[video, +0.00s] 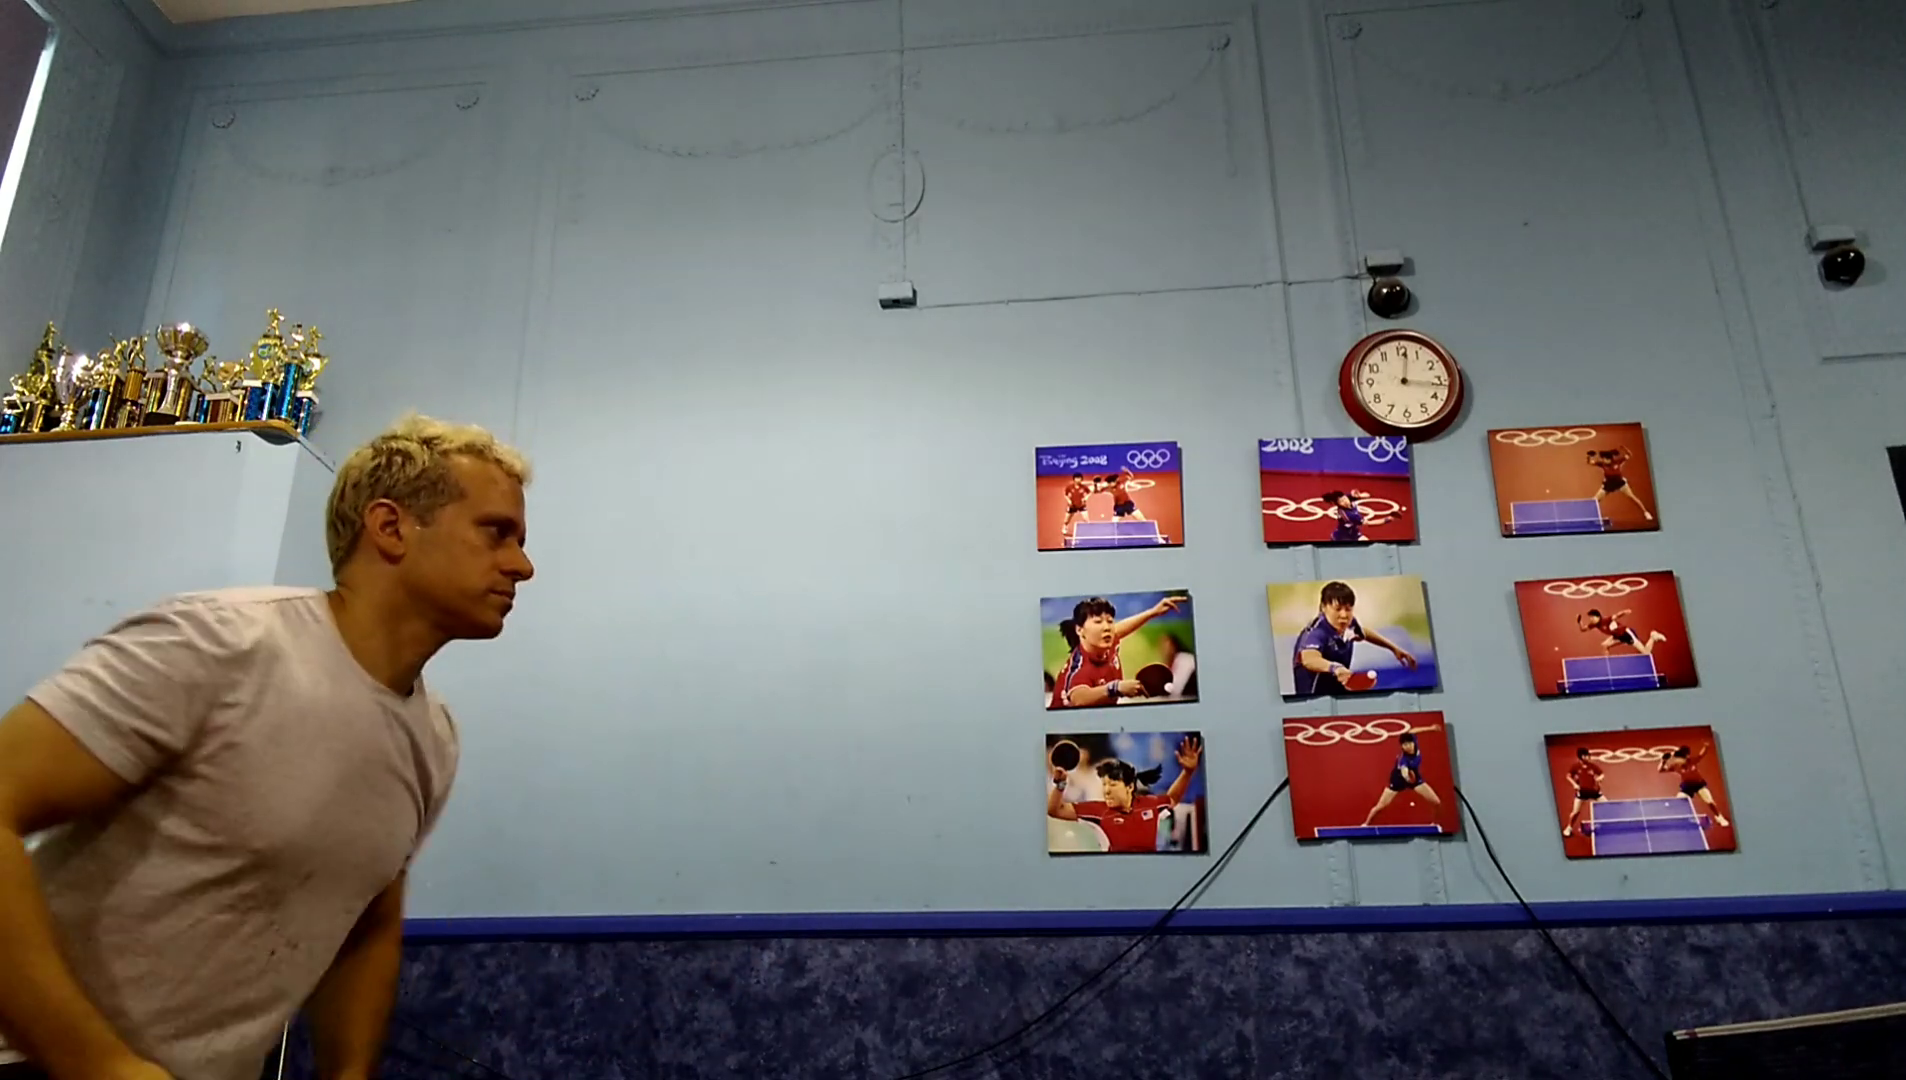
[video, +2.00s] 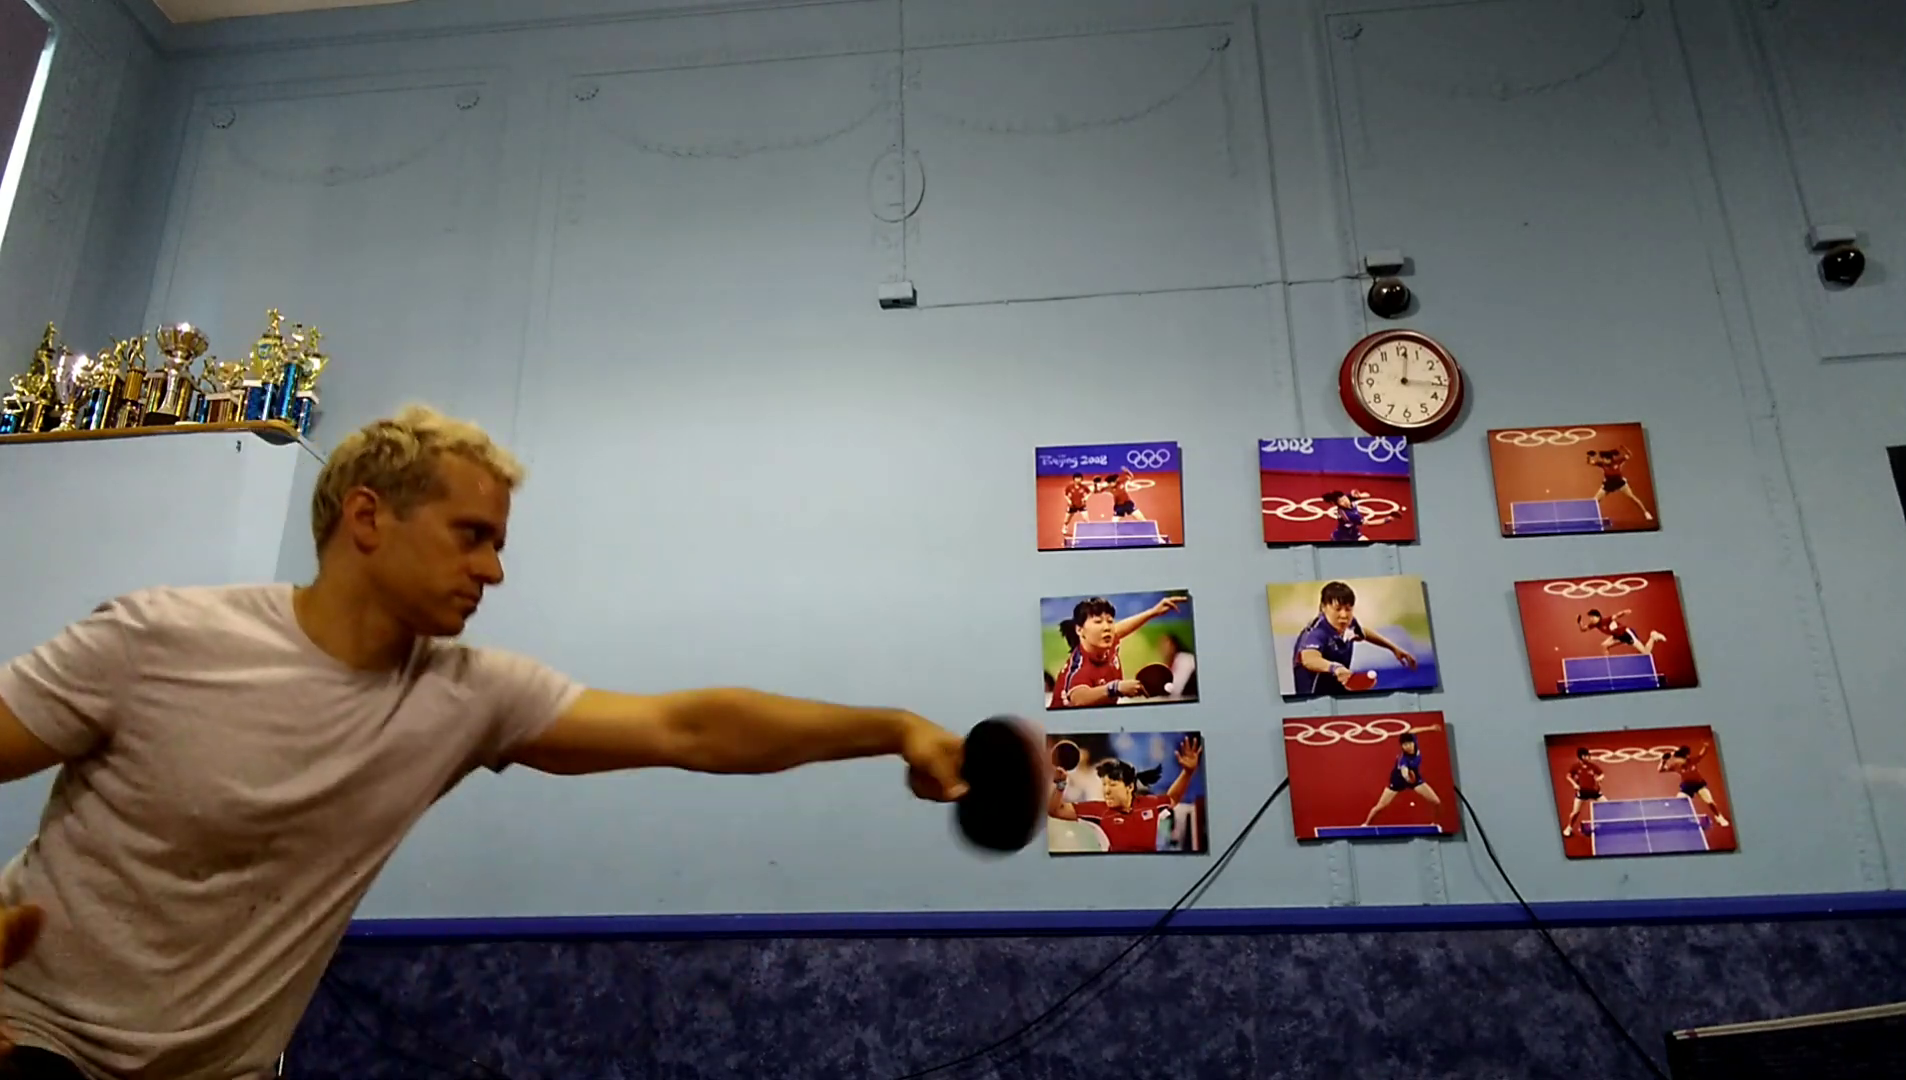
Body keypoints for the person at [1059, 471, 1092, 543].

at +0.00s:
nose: (1078, 481)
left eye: (1079, 479)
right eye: (1077, 479)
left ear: (1081, 480)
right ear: (1074, 480)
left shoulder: (1083, 487)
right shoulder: (1070, 487)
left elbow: (1090, 492)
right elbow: (1065, 494)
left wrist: (1085, 498)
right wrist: (1068, 501)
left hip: (1081, 505)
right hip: (1072, 505)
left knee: (1086, 519)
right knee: (1066, 520)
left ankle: (1090, 531)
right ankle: (1064, 529)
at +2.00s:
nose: (1078, 481)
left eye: (1079, 479)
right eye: (1077, 479)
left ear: (1081, 479)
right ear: (1074, 479)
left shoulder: (1083, 487)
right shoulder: (1070, 487)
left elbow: (1090, 492)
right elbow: (1065, 494)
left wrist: (1085, 498)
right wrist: (1069, 501)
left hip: (1081, 505)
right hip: (1073, 505)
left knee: (1086, 519)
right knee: (1067, 520)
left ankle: (1090, 530)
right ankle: (1064, 528)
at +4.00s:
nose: (1078, 480)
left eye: (1079, 478)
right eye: (1076, 479)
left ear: (1081, 479)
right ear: (1074, 479)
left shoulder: (1083, 487)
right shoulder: (1070, 487)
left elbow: (1089, 492)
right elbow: (1065, 494)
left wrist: (1085, 498)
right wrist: (1068, 500)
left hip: (1081, 505)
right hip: (1072, 505)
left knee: (1086, 519)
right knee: (1066, 520)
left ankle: (1090, 531)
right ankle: (1064, 529)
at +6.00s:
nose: (1078, 481)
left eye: (1080, 479)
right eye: (1077, 479)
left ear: (1081, 480)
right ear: (1074, 480)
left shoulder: (1083, 487)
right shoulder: (1070, 487)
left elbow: (1089, 492)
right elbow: (1065, 494)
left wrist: (1085, 498)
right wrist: (1068, 501)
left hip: (1081, 505)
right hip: (1072, 505)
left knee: (1086, 519)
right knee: (1066, 520)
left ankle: (1090, 531)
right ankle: (1064, 528)